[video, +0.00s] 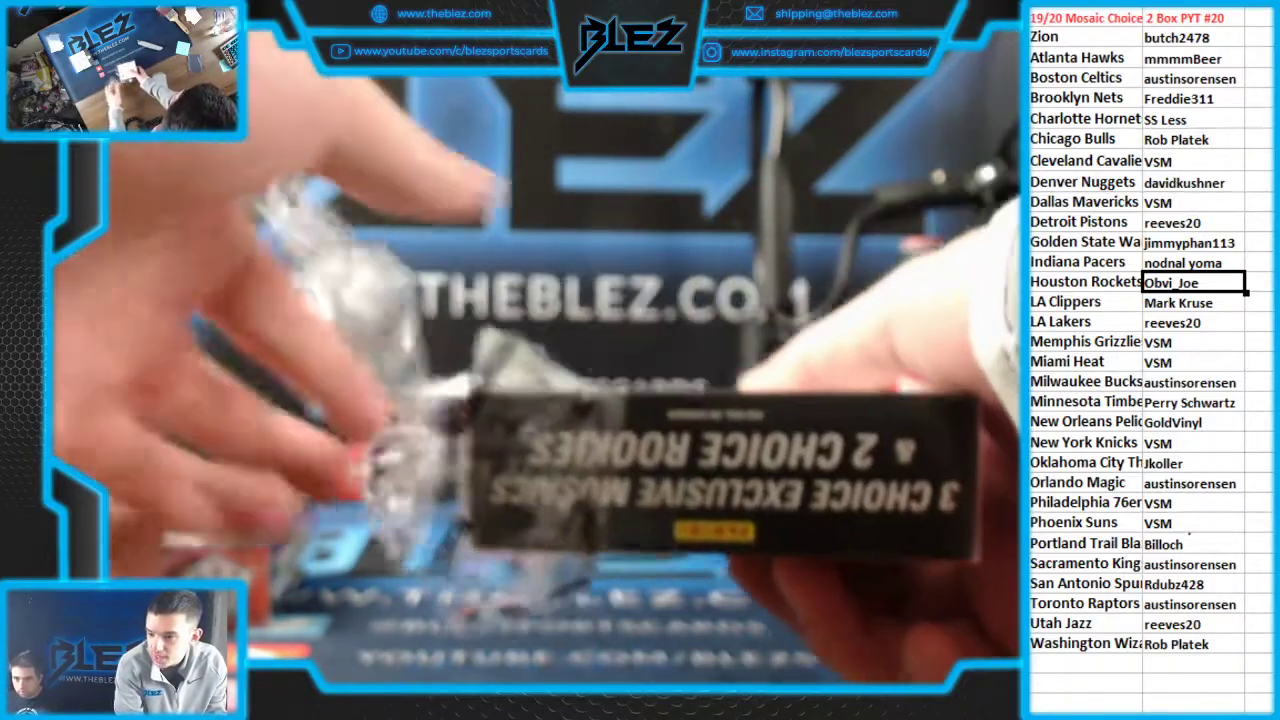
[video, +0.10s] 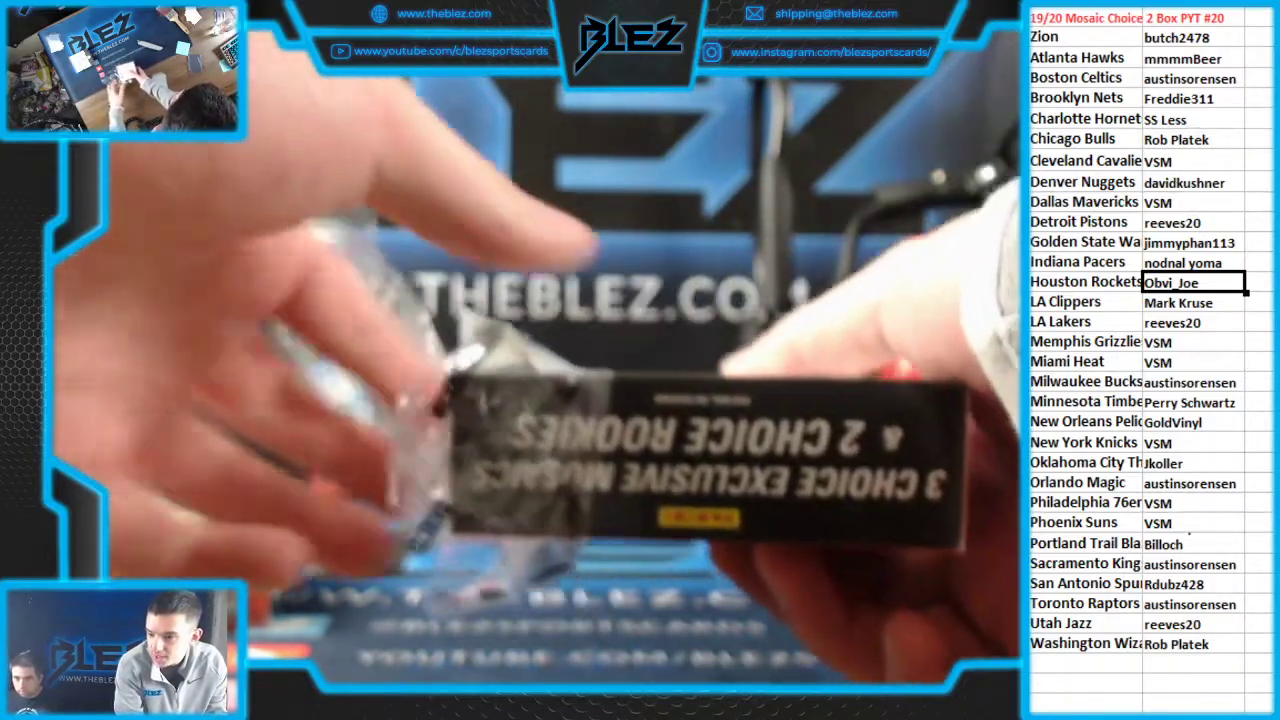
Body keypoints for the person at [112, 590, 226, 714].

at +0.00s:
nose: (157, 647)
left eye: (169, 637)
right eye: (150, 634)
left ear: (195, 636)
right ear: (146, 629)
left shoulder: (212, 661)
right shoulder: (130, 664)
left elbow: (216, 713)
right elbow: (128, 714)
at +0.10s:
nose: (157, 647)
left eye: (169, 637)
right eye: (151, 635)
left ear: (195, 636)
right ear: (146, 629)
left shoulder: (212, 661)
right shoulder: (130, 664)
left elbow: (217, 713)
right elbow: (128, 715)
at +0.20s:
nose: (157, 647)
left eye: (169, 637)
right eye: (150, 635)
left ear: (195, 636)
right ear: (146, 629)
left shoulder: (212, 661)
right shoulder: (130, 664)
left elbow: (217, 713)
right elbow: (128, 715)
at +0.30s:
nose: (157, 647)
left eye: (169, 637)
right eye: (150, 635)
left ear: (195, 636)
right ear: (146, 629)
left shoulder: (212, 661)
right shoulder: (130, 664)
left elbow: (217, 713)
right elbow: (128, 715)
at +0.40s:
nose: (157, 647)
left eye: (169, 637)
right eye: (150, 635)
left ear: (195, 636)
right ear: (146, 629)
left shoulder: (212, 661)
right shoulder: (130, 664)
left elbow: (217, 713)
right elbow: (128, 715)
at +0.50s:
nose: (157, 647)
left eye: (169, 637)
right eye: (151, 635)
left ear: (195, 636)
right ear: (146, 629)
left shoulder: (212, 661)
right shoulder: (130, 664)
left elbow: (217, 713)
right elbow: (128, 715)